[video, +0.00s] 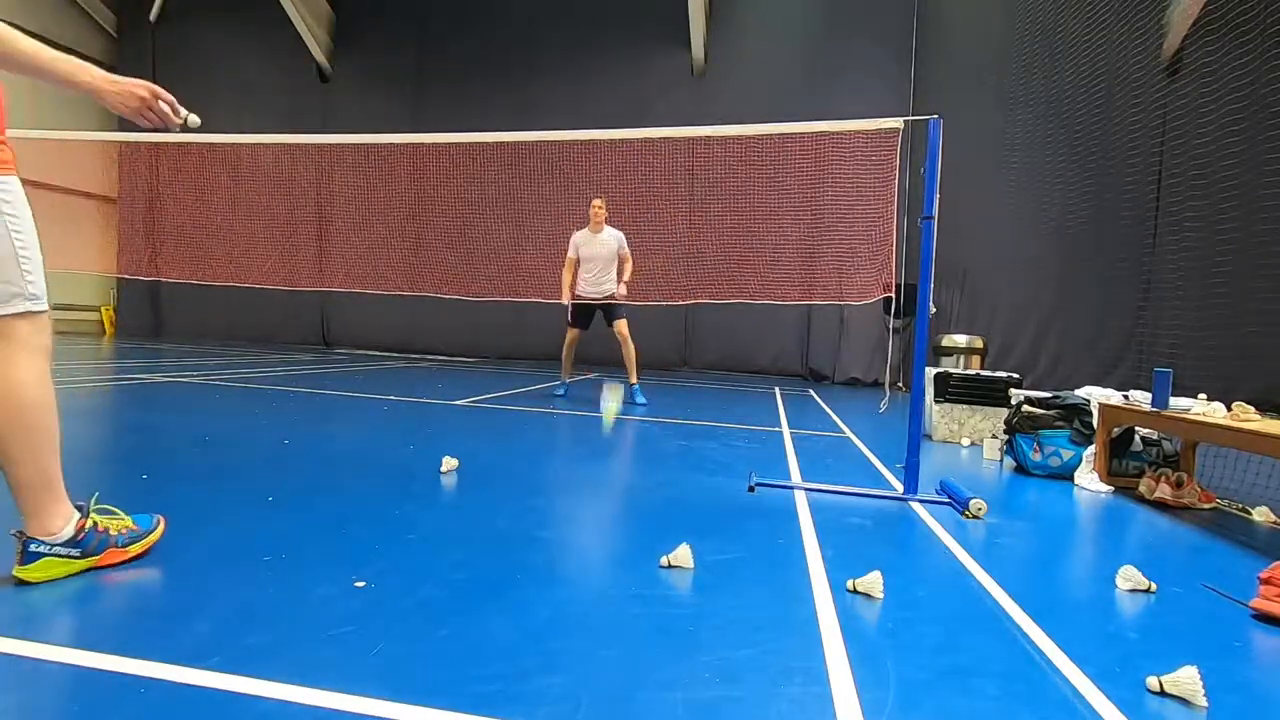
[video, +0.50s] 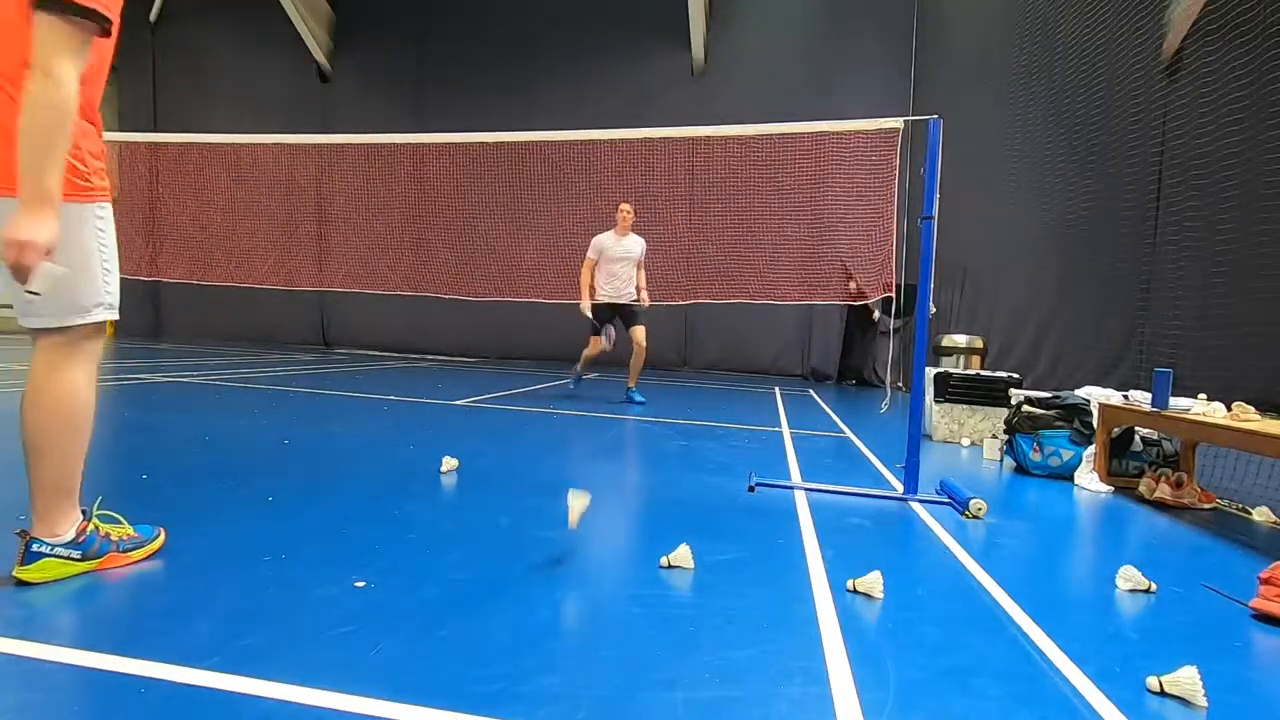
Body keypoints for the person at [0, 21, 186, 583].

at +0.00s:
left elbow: (6, 38)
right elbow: (8, 39)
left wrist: (103, 84)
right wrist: (103, 84)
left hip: (3, 164)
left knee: (22, 331)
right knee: (22, 332)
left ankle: (52, 522)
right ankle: (52, 529)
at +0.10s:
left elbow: (11, 46)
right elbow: (10, 45)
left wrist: (96, 104)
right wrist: (95, 103)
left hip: (11, 158)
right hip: (7, 157)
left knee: (26, 332)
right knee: (26, 333)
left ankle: (51, 522)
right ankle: (52, 531)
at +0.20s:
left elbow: (7, 53)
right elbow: (4, 49)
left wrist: (63, 144)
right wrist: (62, 140)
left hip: (17, 145)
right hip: (12, 146)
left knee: (32, 328)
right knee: (34, 328)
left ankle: (53, 525)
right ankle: (55, 530)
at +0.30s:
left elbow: (16, 47)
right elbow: (3, 34)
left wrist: (39, 160)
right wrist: (14, 151)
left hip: (27, 156)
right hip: (30, 159)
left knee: (48, 332)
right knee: (51, 331)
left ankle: (54, 524)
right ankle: (56, 531)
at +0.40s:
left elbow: (32, 54)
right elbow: (16, 38)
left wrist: (36, 180)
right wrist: (10, 179)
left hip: (41, 163)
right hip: (43, 164)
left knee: (60, 336)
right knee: (64, 335)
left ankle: (56, 524)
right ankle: (56, 534)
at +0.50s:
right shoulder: (79, 4)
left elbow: (53, 71)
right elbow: (53, 69)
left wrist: (52, 202)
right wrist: (36, 204)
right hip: (57, 176)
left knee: (75, 333)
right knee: (71, 336)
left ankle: (58, 524)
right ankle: (56, 533)